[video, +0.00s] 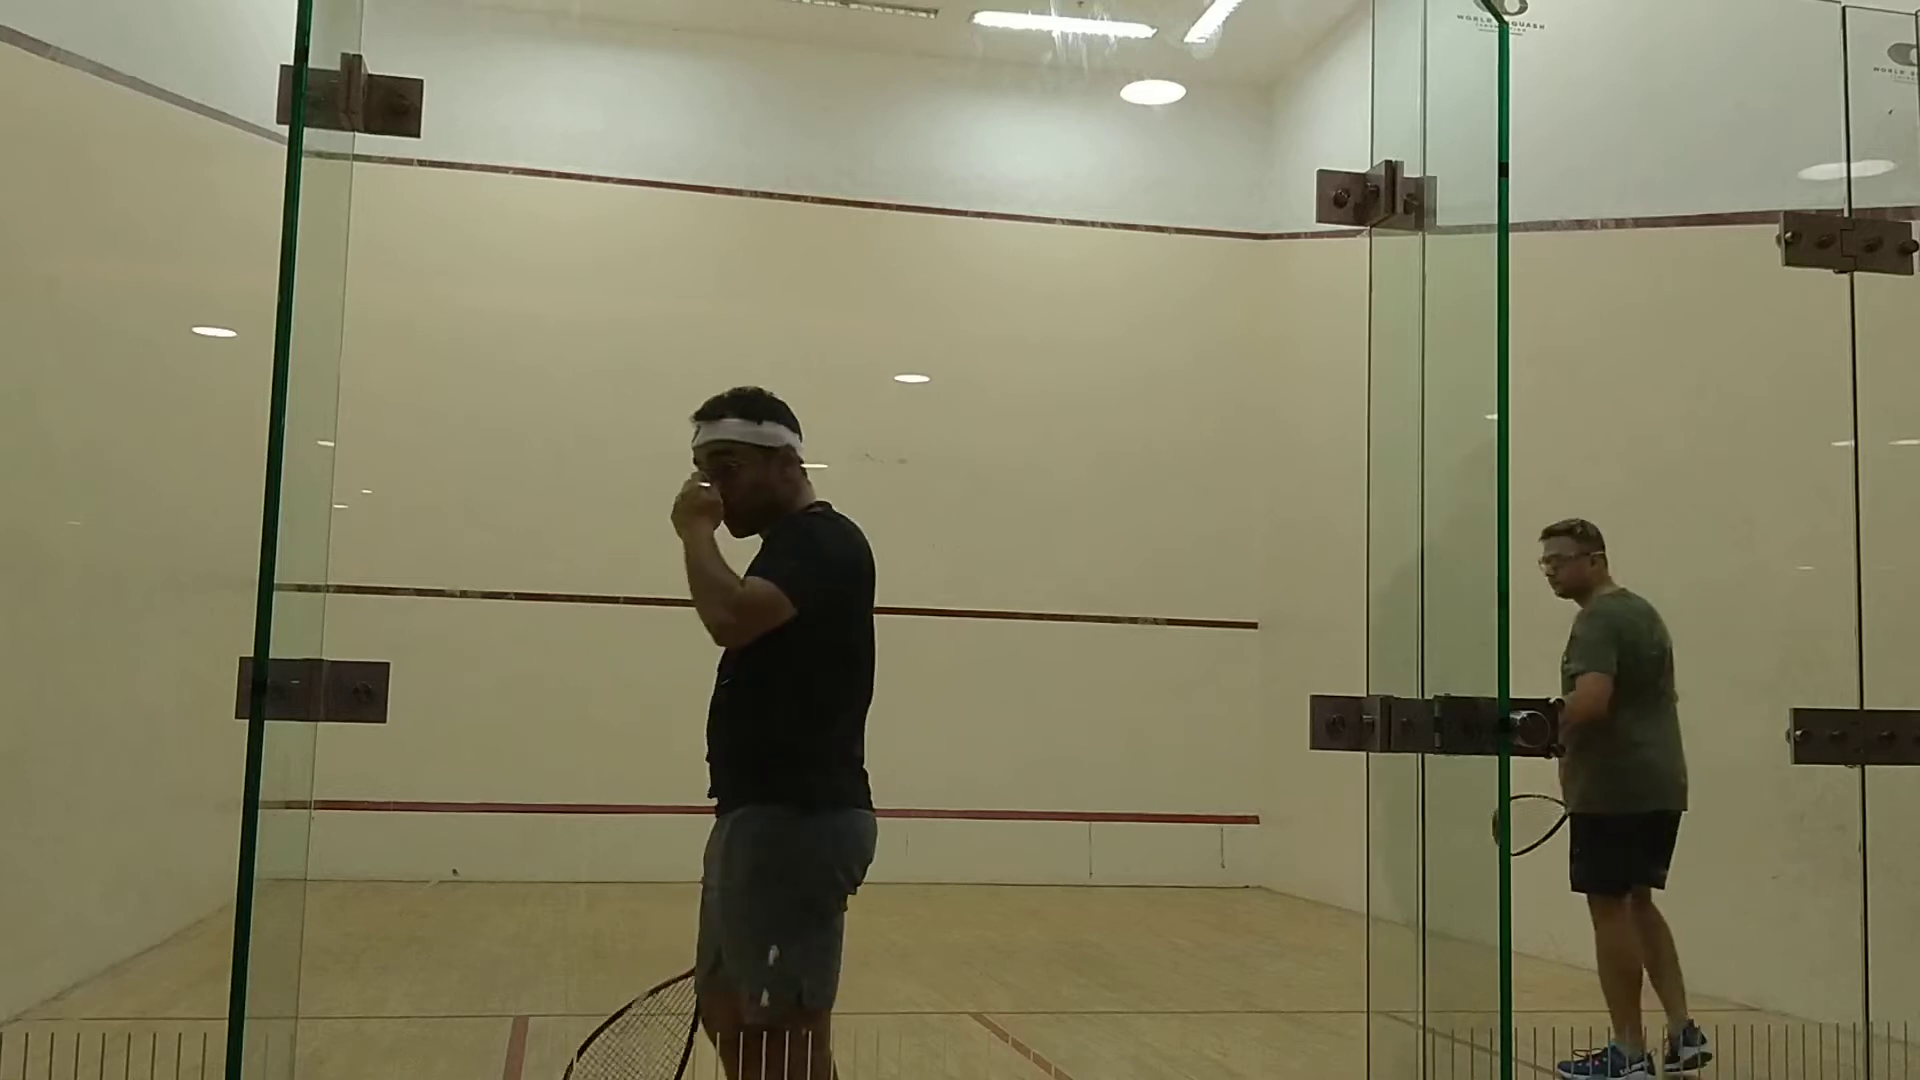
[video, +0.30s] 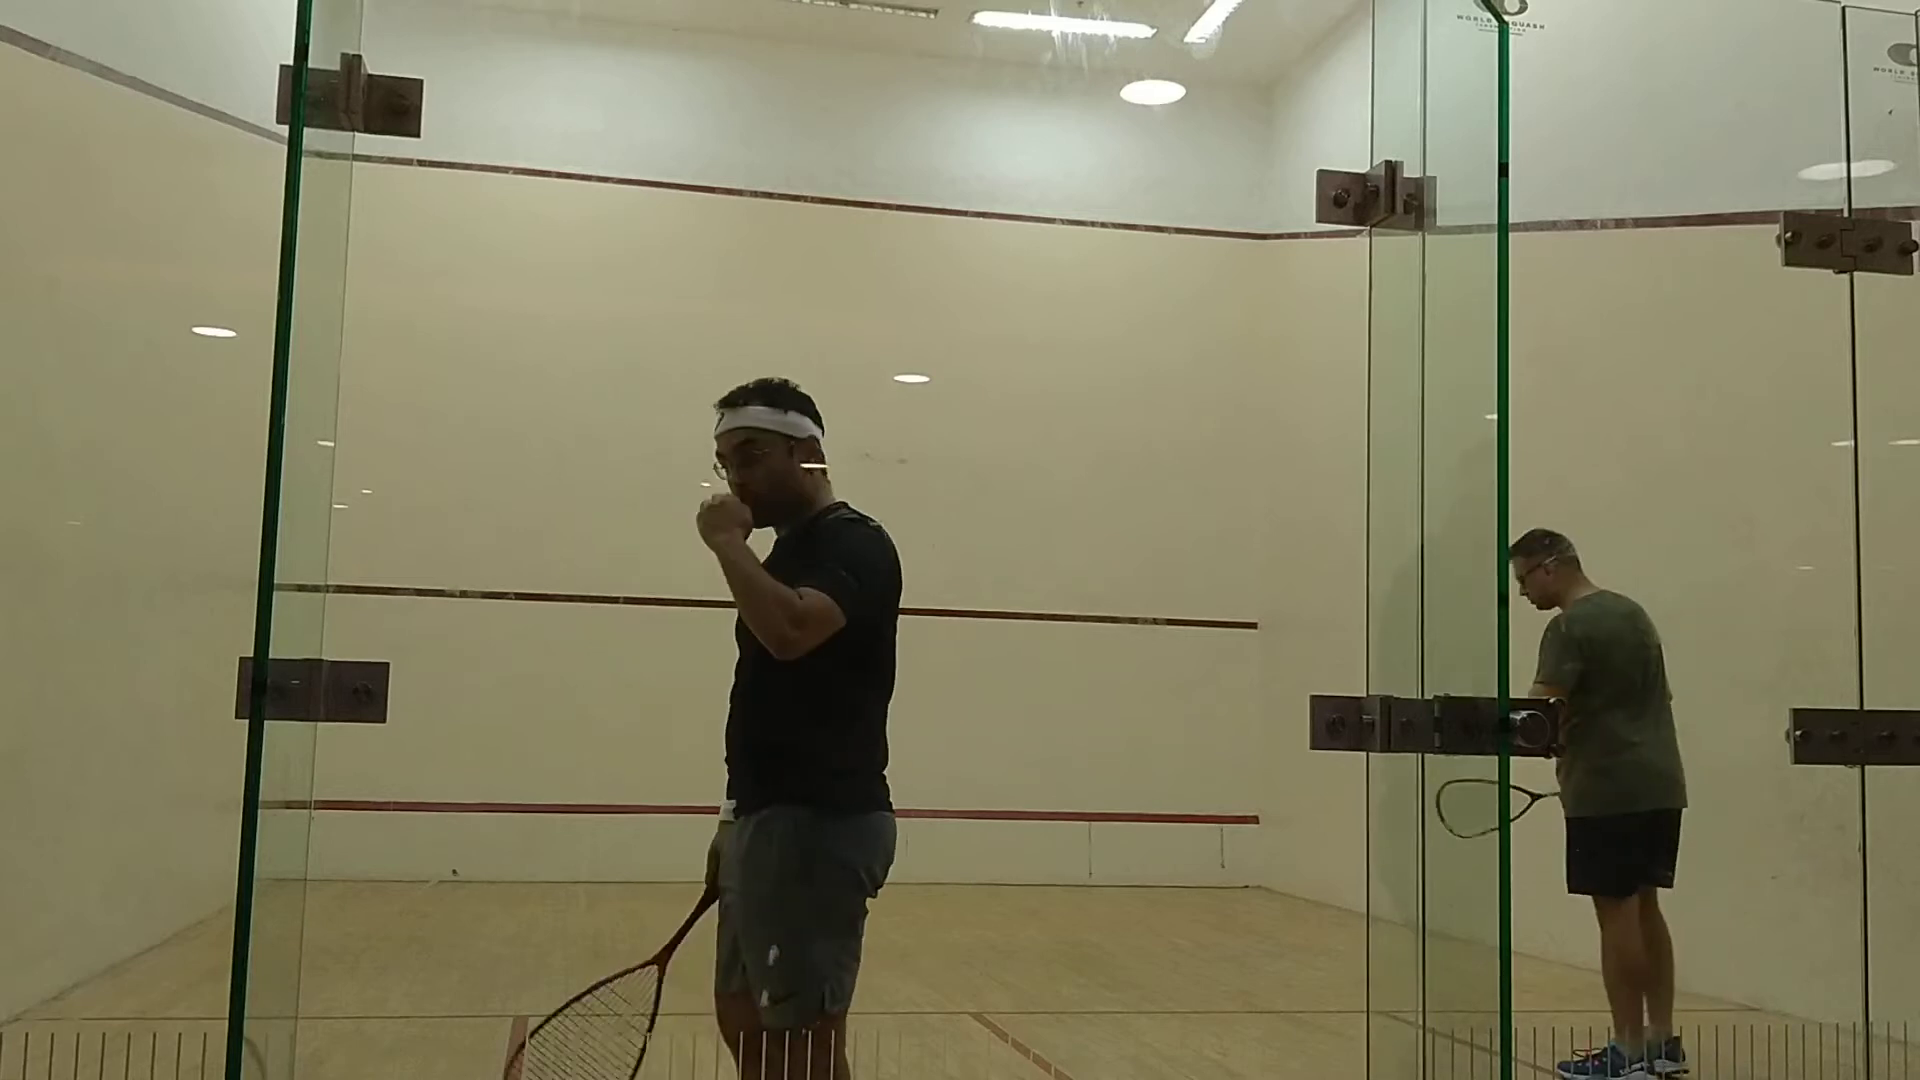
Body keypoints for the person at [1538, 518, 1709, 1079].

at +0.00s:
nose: (1548, 570)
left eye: (1557, 560)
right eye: (1546, 562)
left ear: (1593, 560)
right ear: (1598, 565)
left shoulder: (1599, 618)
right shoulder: (1640, 612)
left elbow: (1591, 700)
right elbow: (1648, 702)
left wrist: (1556, 724)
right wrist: (1572, 733)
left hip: (1611, 797)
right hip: (1656, 791)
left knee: (1609, 911)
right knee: (1638, 903)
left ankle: (1629, 1052)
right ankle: (1684, 1033)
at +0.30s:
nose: (1525, 593)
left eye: (1525, 580)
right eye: (1521, 583)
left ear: (1551, 567)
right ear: (1569, 563)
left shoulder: (1568, 626)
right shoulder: (1632, 612)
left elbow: (1536, 721)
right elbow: (1657, 700)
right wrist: (1575, 726)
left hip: (1606, 798)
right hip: (1660, 792)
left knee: (1617, 916)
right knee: (1646, 909)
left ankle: (1628, 1051)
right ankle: (1662, 1042)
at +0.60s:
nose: (1520, 614)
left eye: (1517, 601)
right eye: (1515, 604)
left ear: (1531, 585)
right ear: (1558, 577)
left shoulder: (1554, 629)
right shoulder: (1624, 616)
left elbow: (1566, 718)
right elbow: (1635, 708)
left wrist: (1550, 794)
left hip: (1612, 798)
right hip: (1670, 790)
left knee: (1620, 917)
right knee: (1656, 912)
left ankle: (1629, 1052)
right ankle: (1669, 1046)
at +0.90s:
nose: (1530, 613)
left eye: (1527, 601)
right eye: (1525, 604)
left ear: (1543, 585)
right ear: (1569, 578)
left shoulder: (1560, 623)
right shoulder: (1629, 618)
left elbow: (1560, 703)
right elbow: (1631, 708)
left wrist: (1538, 746)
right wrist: (1563, 742)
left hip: (1613, 795)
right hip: (1671, 789)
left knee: (1621, 915)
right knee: (1658, 912)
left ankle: (1629, 1053)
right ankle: (1670, 1048)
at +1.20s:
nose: (1531, 589)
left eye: (1535, 576)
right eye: (1527, 579)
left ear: (1565, 568)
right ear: (1580, 569)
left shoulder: (1552, 626)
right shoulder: (1645, 619)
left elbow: (1529, 718)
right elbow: (1681, 712)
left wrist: (1522, 751)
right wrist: (1677, 778)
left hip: (1600, 797)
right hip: (1667, 792)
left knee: (1614, 919)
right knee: (1658, 913)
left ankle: (1629, 1051)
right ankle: (1670, 1048)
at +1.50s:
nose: (1524, 583)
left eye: (1529, 571)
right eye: (1523, 572)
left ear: (1564, 566)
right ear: (1576, 568)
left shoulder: (1550, 625)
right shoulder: (1637, 618)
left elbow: (1538, 713)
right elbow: (1682, 697)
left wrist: (1518, 783)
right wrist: (1699, 748)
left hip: (1592, 798)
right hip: (1650, 794)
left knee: (1609, 918)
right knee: (1633, 907)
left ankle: (1628, 1052)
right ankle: (1646, 1042)